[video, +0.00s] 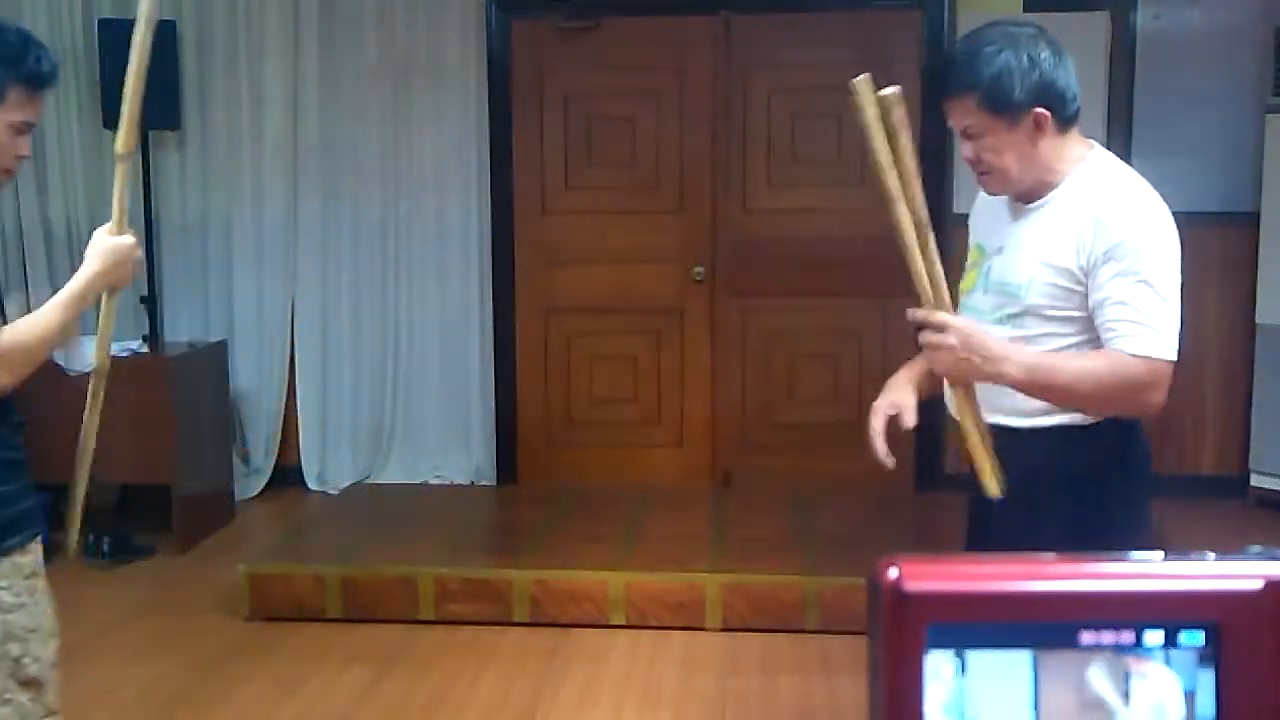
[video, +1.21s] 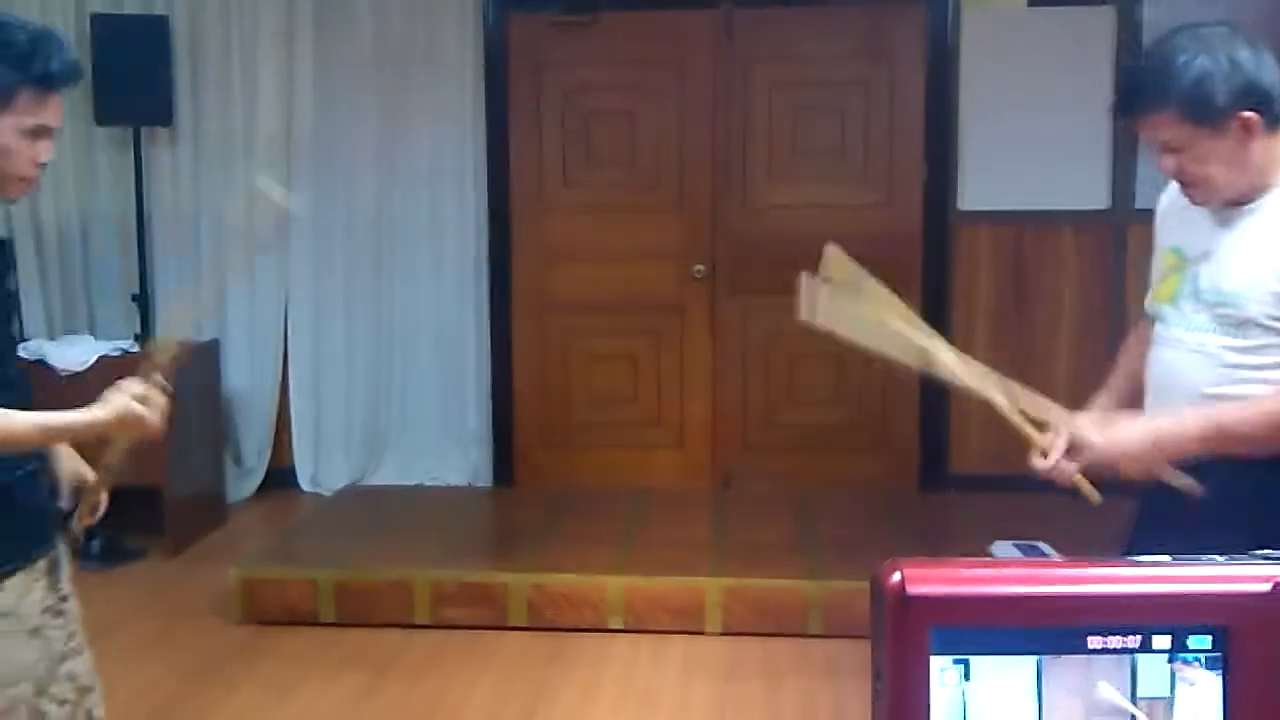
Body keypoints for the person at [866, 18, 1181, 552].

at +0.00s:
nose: (964, 155)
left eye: (974, 136)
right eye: (959, 138)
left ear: (1037, 123)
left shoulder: (1126, 210)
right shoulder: (991, 201)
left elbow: (1144, 384)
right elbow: (984, 325)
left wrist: (1004, 363)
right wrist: (911, 377)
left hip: (1085, 466)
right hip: (999, 464)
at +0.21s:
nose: (974, 163)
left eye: (983, 142)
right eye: (968, 146)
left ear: (1044, 126)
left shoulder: (1130, 202)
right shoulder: (1017, 204)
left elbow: (1126, 372)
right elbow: (1023, 335)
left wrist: (972, 352)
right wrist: (950, 380)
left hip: (1112, 459)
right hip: (1031, 456)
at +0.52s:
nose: (1024, 158)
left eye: (1032, 135)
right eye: (1017, 138)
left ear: (1093, 113)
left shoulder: (1178, 187)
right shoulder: (1062, 192)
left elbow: (1147, 359)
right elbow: (1054, 334)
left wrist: (984, 369)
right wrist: (1015, 395)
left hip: (1168, 458)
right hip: (1081, 451)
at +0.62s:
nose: (1048, 154)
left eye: (1057, 130)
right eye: (1042, 134)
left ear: (1117, 109)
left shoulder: (1201, 182)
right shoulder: (1085, 190)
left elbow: (1161, 362)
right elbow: (1089, 344)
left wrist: (996, 373)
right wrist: (1022, 399)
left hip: (1183, 460)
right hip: (1099, 453)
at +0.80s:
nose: (1081, 157)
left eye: (1088, 132)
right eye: (1074, 136)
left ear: (1148, 109)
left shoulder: (1232, 187)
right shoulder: (1116, 188)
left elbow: (1212, 371)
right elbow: (1108, 335)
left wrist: (1063, 399)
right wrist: (1046, 387)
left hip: (1208, 471)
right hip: (1112, 462)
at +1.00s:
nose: (1127, 155)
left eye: (1136, 135)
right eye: (1120, 137)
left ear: (1202, 115)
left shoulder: (1267, 193)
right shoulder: (1146, 198)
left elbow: (1265, 381)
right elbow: (1136, 340)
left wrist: (1109, 398)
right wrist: (1086, 403)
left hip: (1241, 480)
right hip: (1140, 472)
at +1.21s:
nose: (1164, 168)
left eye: (1175, 150)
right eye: (1157, 150)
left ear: (1247, 128)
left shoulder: (1272, 221)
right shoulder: (1177, 206)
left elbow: (1274, 411)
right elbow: (1154, 328)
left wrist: (1162, 439)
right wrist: (1095, 421)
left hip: (1259, 495)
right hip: (1172, 493)